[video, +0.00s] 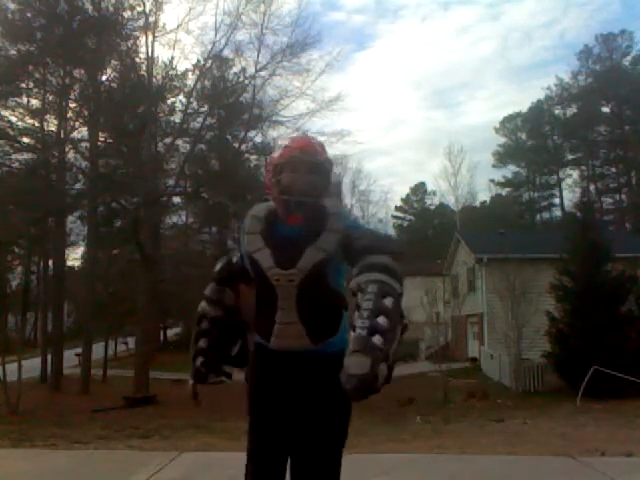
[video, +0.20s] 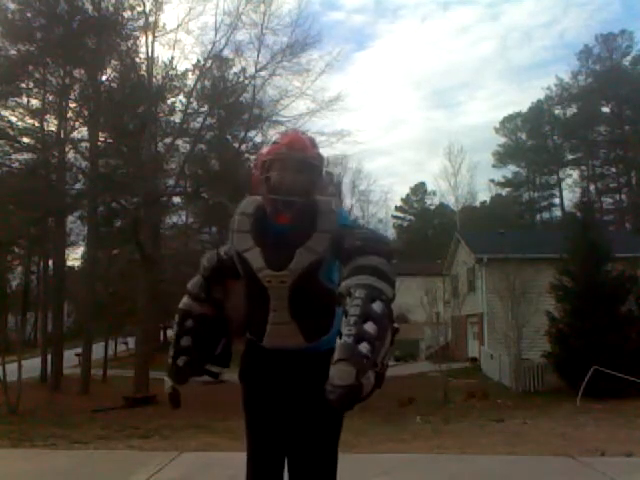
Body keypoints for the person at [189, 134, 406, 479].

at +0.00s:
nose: (302, 179)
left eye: (312, 171)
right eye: (291, 170)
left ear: (325, 180)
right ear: (274, 180)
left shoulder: (342, 229)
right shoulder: (253, 229)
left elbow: (378, 274)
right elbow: (225, 287)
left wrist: (369, 346)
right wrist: (209, 343)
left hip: (323, 364)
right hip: (267, 363)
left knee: (318, 465)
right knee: (264, 462)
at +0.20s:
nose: (288, 182)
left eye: (299, 172)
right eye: (280, 171)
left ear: (315, 180)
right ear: (263, 177)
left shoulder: (340, 231)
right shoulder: (243, 229)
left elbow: (369, 288)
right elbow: (209, 285)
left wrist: (355, 357)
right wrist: (189, 345)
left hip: (316, 363)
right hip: (260, 362)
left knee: (313, 464)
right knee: (262, 462)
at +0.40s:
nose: (286, 196)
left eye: (296, 186)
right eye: (276, 185)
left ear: (311, 187)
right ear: (257, 183)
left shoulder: (333, 226)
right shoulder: (237, 225)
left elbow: (370, 272)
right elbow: (198, 285)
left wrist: (356, 362)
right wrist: (175, 347)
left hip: (311, 363)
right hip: (255, 362)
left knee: (311, 463)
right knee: (261, 462)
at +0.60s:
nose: (283, 195)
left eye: (296, 184)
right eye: (273, 182)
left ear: (311, 188)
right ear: (254, 184)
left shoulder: (332, 229)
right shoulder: (232, 228)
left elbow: (369, 285)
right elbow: (194, 288)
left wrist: (364, 380)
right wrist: (174, 364)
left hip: (309, 364)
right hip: (251, 365)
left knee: (309, 464)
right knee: (257, 464)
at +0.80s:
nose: (287, 195)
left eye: (300, 185)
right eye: (277, 182)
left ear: (312, 188)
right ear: (256, 183)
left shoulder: (327, 226)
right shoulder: (231, 226)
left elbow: (371, 275)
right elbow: (189, 295)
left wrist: (383, 358)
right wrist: (170, 386)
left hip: (305, 363)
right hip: (246, 365)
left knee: (306, 466)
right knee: (253, 467)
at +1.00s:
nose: (286, 188)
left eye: (297, 178)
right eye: (275, 175)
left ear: (310, 182)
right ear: (255, 176)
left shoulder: (325, 220)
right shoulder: (230, 221)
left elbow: (370, 264)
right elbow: (188, 291)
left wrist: (380, 341)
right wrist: (171, 384)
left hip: (303, 362)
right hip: (244, 362)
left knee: (305, 466)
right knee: (248, 467)